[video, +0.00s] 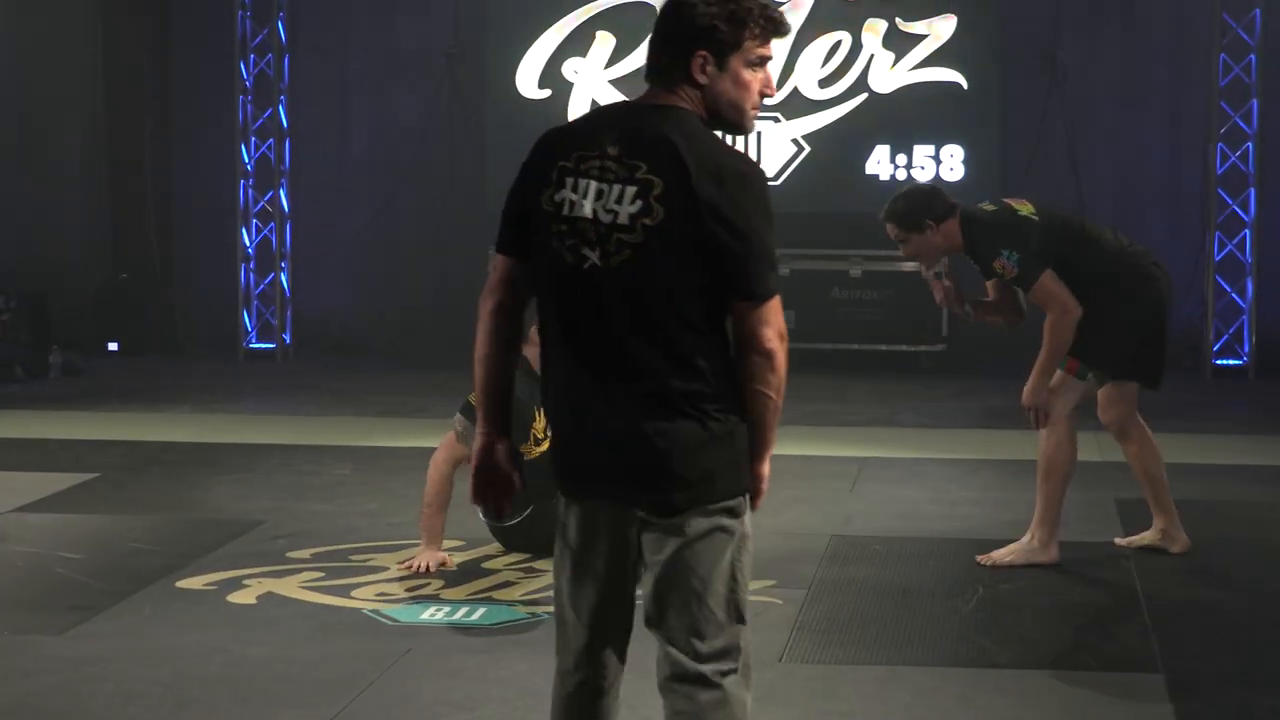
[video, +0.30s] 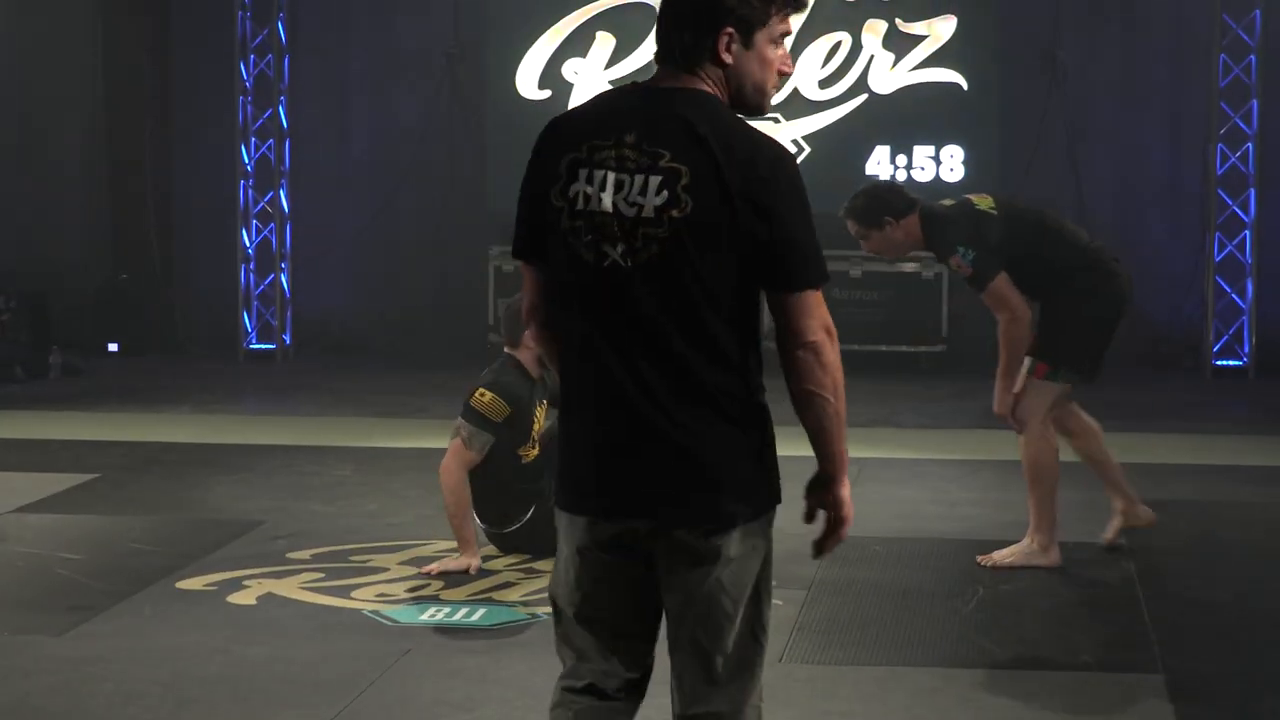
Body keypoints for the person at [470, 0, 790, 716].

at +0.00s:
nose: (766, 84)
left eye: (768, 66)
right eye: (756, 65)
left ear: (670, 67)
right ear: (702, 66)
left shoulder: (556, 150)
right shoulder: (728, 177)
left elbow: (502, 298)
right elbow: (762, 338)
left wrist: (492, 430)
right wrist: (760, 452)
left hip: (583, 442)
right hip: (694, 449)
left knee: (584, 664)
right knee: (703, 671)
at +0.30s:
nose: (790, 62)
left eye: (789, 42)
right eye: (780, 40)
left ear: (671, 43)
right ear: (727, 44)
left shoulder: (564, 137)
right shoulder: (760, 162)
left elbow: (537, 316)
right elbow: (807, 337)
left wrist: (603, 391)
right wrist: (833, 465)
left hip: (592, 460)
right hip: (714, 467)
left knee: (591, 684)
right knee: (718, 698)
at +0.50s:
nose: (729, 60)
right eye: (728, 45)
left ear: (623, 45)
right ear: (718, 53)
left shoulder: (530, 157)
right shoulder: (737, 178)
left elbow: (516, 334)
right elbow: (786, 356)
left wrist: (595, 387)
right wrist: (851, 503)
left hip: (579, 489)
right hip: (707, 496)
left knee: (591, 707)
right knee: (723, 705)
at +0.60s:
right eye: (693, 51)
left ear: (594, 49)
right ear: (689, 63)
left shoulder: (505, 165)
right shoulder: (722, 176)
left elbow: (491, 348)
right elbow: (771, 358)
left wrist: (572, 403)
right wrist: (830, 512)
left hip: (556, 504)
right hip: (688, 506)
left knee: (581, 710)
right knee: (718, 707)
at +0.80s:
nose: (499, 51)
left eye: (509, 29)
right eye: (503, 30)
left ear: (545, 32)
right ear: (625, 39)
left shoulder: (463, 165)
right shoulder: (702, 156)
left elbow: (433, 367)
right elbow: (753, 348)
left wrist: (451, 511)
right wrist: (773, 500)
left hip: (524, 501)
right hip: (662, 503)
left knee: (554, 709)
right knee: (680, 709)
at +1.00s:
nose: (443, 47)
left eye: (459, 23)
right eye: (447, 27)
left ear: (527, 22)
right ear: (578, 32)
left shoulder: (458, 151)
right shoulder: (684, 148)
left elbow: (409, 349)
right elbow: (737, 336)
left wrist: (368, 503)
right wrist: (712, 482)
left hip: (508, 507)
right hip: (646, 502)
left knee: (517, 704)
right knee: (646, 705)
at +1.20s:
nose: (399, 38)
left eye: (419, 14)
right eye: (403, 17)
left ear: (494, 16)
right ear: (502, 21)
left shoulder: (441, 144)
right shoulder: (632, 145)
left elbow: (428, 346)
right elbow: (687, 328)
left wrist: (370, 529)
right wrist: (663, 477)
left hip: (467, 529)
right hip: (604, 523)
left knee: (431, 705)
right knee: (592, 708)